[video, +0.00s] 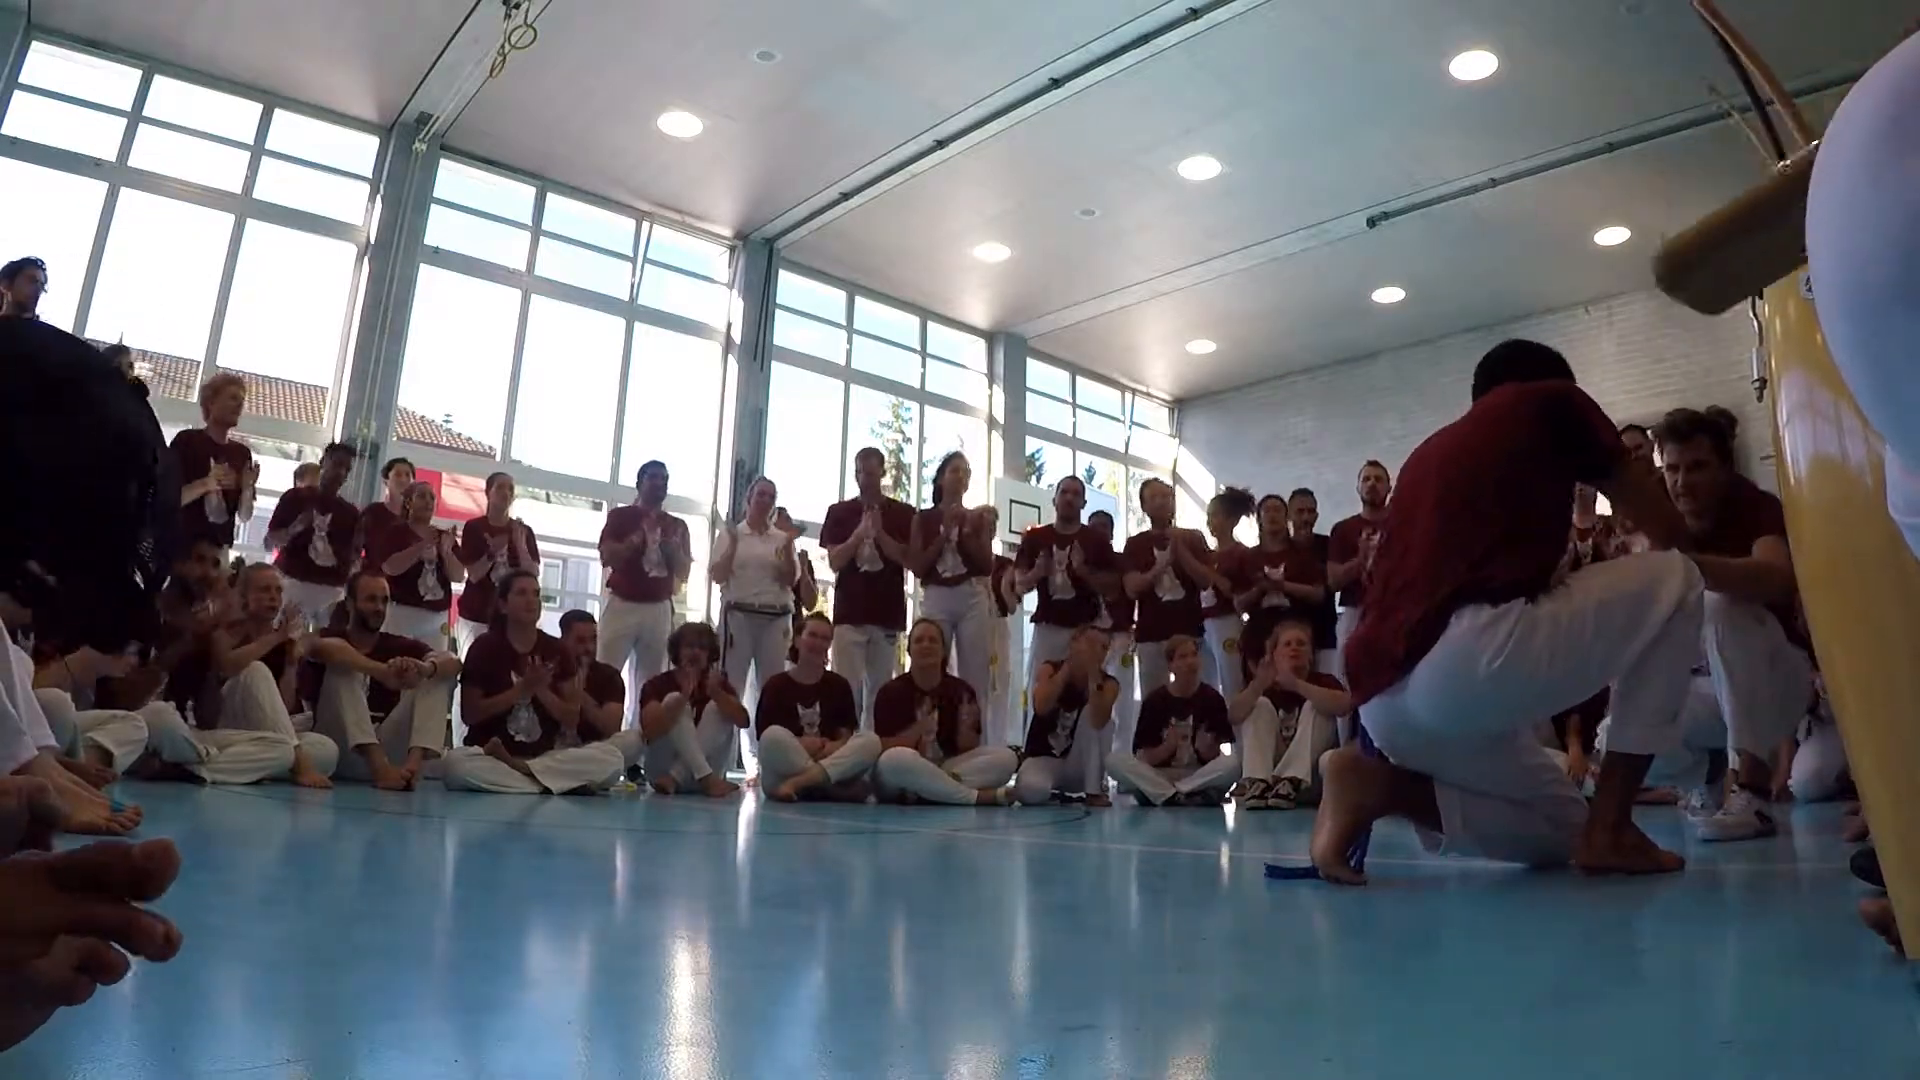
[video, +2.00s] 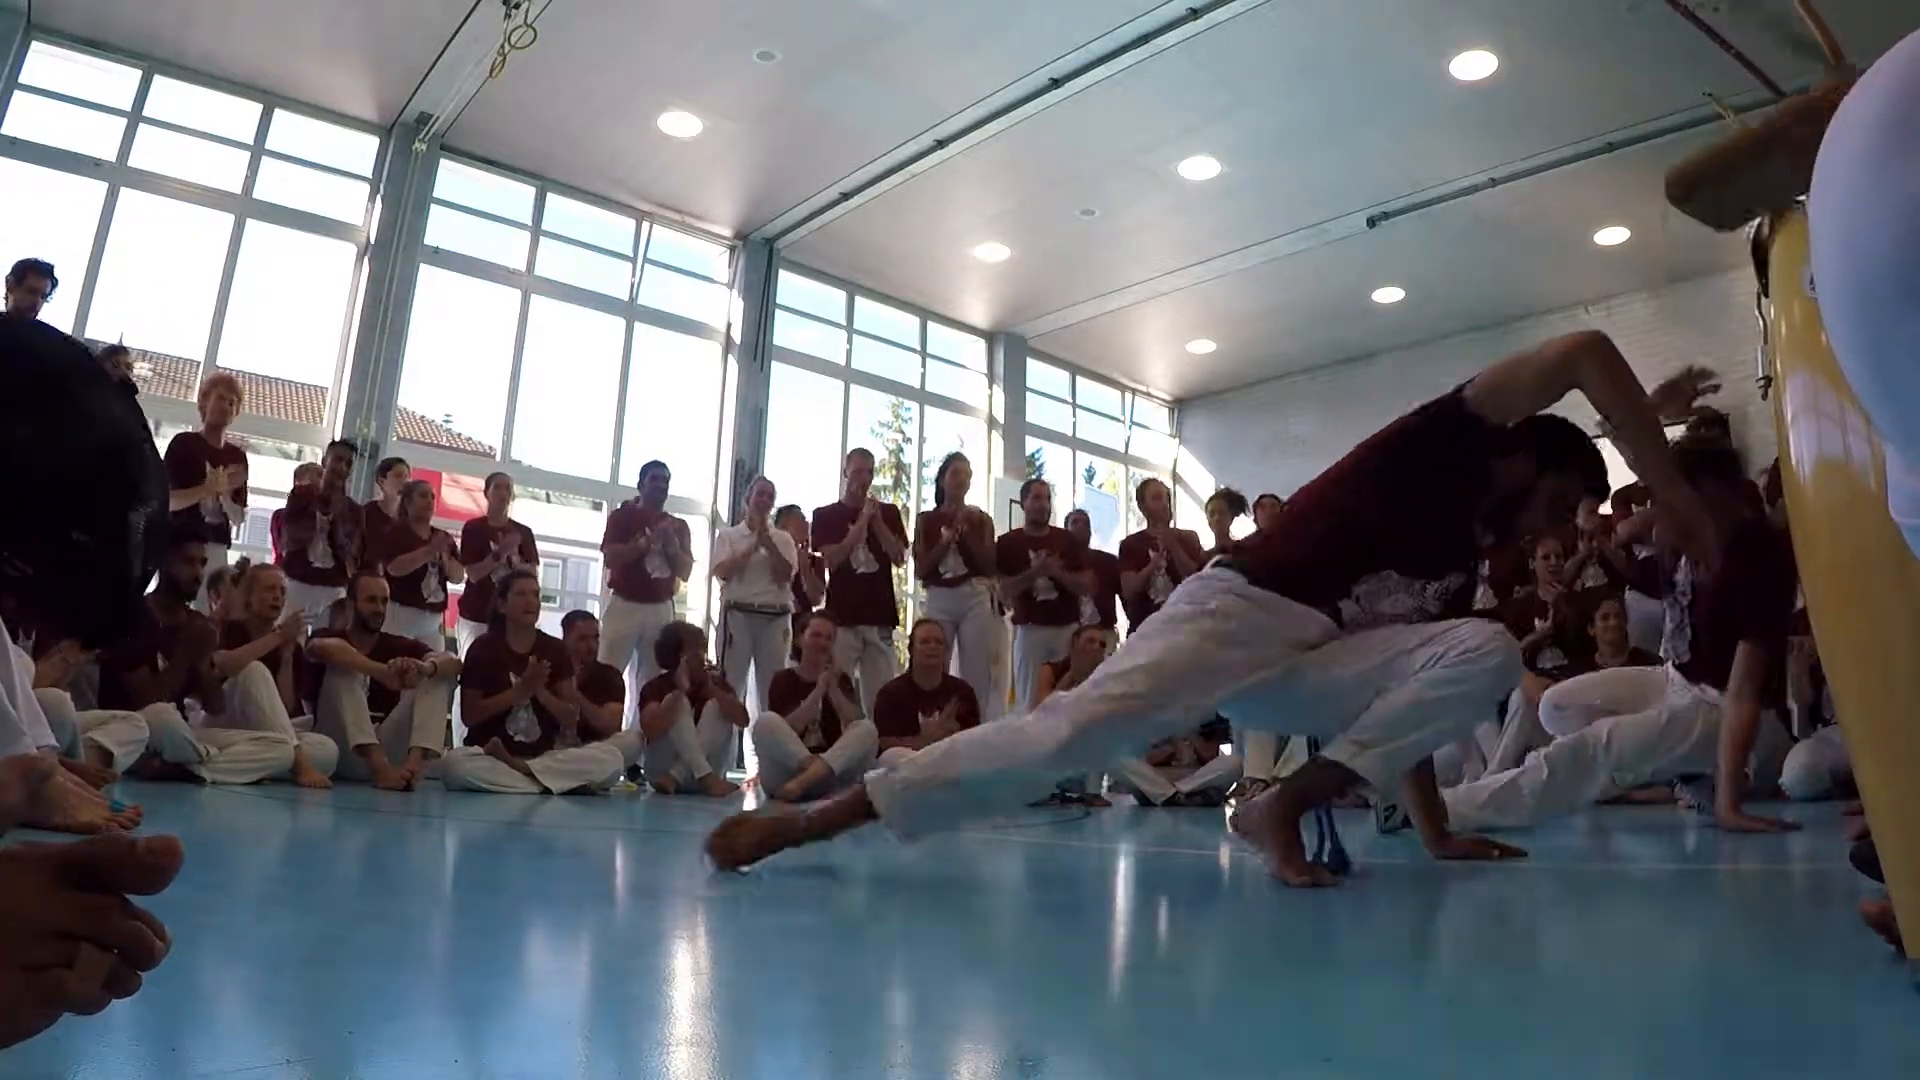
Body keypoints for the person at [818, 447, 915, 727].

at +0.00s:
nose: (863, 477)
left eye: (870, 471)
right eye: (859, 472)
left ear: (882, 472)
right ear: (855, 474)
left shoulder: (904, 513)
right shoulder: (839, 512)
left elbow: (908, 558)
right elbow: (835, 562)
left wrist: (880, 534)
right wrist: (859, 534)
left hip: (888, 617)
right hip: (849, 616)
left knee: (881, 692)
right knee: (846, 691)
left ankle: (879, 754)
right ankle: (844, 755)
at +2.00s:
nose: (862, 479)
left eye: (867, 473)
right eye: (856, 473)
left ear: (873, 476)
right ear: (844, 474)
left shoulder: (888, 512)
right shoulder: (825, 515)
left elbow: (899, 557)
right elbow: (830, 561)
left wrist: (876, 522)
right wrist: (861, 522)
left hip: (879, 619)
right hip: (841, 620)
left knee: (883, 702)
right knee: (836, 698)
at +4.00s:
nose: (886, 477)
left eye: (891, 472)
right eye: (881, 471)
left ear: (896, 476)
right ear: (868, 471)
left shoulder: (907, 514)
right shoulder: (844, 510)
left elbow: (910, 561)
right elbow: (836, 557)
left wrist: (883, 528)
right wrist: (866, 526)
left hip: (886, 613)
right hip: (849, 611)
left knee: (880, 690)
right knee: (845, 688)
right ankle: (844, 748)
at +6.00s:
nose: (878, 479)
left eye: (883, 473)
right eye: (873, 473)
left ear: (891, 475)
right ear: (862, 475)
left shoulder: (907, 518)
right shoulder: (845, 515)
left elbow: (916, 564)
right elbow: (838, 564)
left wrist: (889, 533)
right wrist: (865, 534)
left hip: (893, 619)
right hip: (853, 619)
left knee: (889, 698)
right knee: (845, 696)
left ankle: (880, 773)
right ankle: (837, 772)